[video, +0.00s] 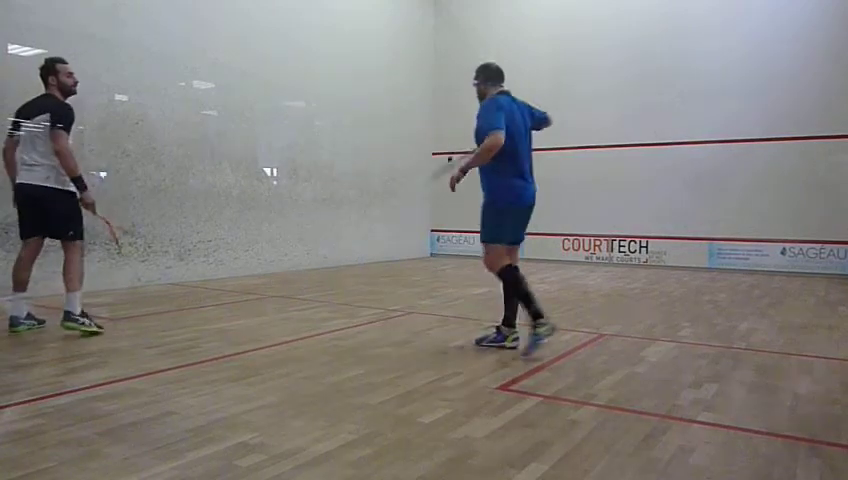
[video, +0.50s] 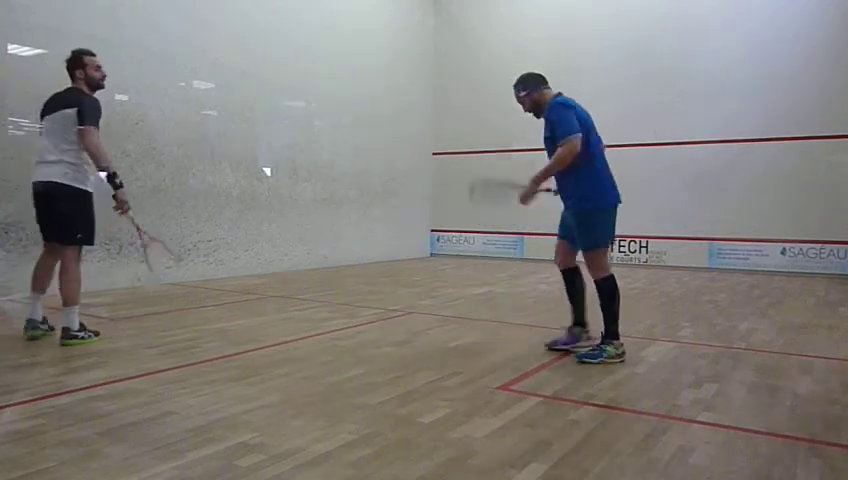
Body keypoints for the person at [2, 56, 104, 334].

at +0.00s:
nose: (75, 79)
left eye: (73, 75)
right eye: (69, 75)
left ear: (50, 82)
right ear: (52, 80)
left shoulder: (24, 109)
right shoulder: (62, 109)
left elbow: (8, 151)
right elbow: (60, 147)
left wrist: (18, 185)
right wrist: (83, 189)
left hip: (26, 190)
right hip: (57, 191)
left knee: (31, 245)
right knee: (73, 247)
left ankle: (18, 314)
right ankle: (73, 313)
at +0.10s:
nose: (79, 79)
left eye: (77, 74)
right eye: (73, 75)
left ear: (54, 81)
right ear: (57, 80)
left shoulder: (27, 110)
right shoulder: (69, 109)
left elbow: (12, 152)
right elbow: (69, 149)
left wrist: (26, 183)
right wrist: (88, 190)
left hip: (31, 191)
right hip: (62, 193)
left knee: (35, 248)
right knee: (72, 251)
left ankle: (18, 314)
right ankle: (74, 317)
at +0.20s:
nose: (86, 79)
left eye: (84, 74)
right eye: (80, 75)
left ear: (60, 82)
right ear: (64, 80)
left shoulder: (33, 110)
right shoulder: (77, 109)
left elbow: (20, 153)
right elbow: (80, 148)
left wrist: (35, 182)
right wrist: (100, 192)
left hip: (38, 192)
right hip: (68, 193)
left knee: (36, 252)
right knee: (70, 260)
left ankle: (19, 314)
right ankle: (72, 326)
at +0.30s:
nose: (93, 77)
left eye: (91, 72)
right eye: (87, 73)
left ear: (67, 81)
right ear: (70, 79)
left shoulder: (39, 110)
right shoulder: (82, 107)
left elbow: (28, 154)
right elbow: (87, 144)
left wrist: (46, 179)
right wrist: (110, 188)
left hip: (40, 190)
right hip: (71, 190)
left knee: (41, 251)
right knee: (69, 259)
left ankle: (22, 315)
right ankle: (72, 327)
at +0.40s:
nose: (99, 74)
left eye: (97, 69)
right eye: (93, 70)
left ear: (72, 77)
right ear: (76, 76)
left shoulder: (45, 105)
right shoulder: (87, 104)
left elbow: (36, 152)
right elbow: (88, 140)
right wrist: (115, 182)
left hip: (41, 186)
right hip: (71, 189)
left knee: (46, 251)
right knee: (69, 257)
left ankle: (28, 315)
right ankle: (72, 327)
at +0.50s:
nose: (103, 73)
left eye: (102, 68)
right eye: (97, 68)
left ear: (77, 75)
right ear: (79, 73)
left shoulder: (50, 102)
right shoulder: (88, 103)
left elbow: (53, 146)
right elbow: (90, 141)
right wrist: (116, 183)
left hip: (43, 185)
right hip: (70, 187)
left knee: (51, 250)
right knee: (71, 256)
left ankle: (34, 319)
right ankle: (72, 327)